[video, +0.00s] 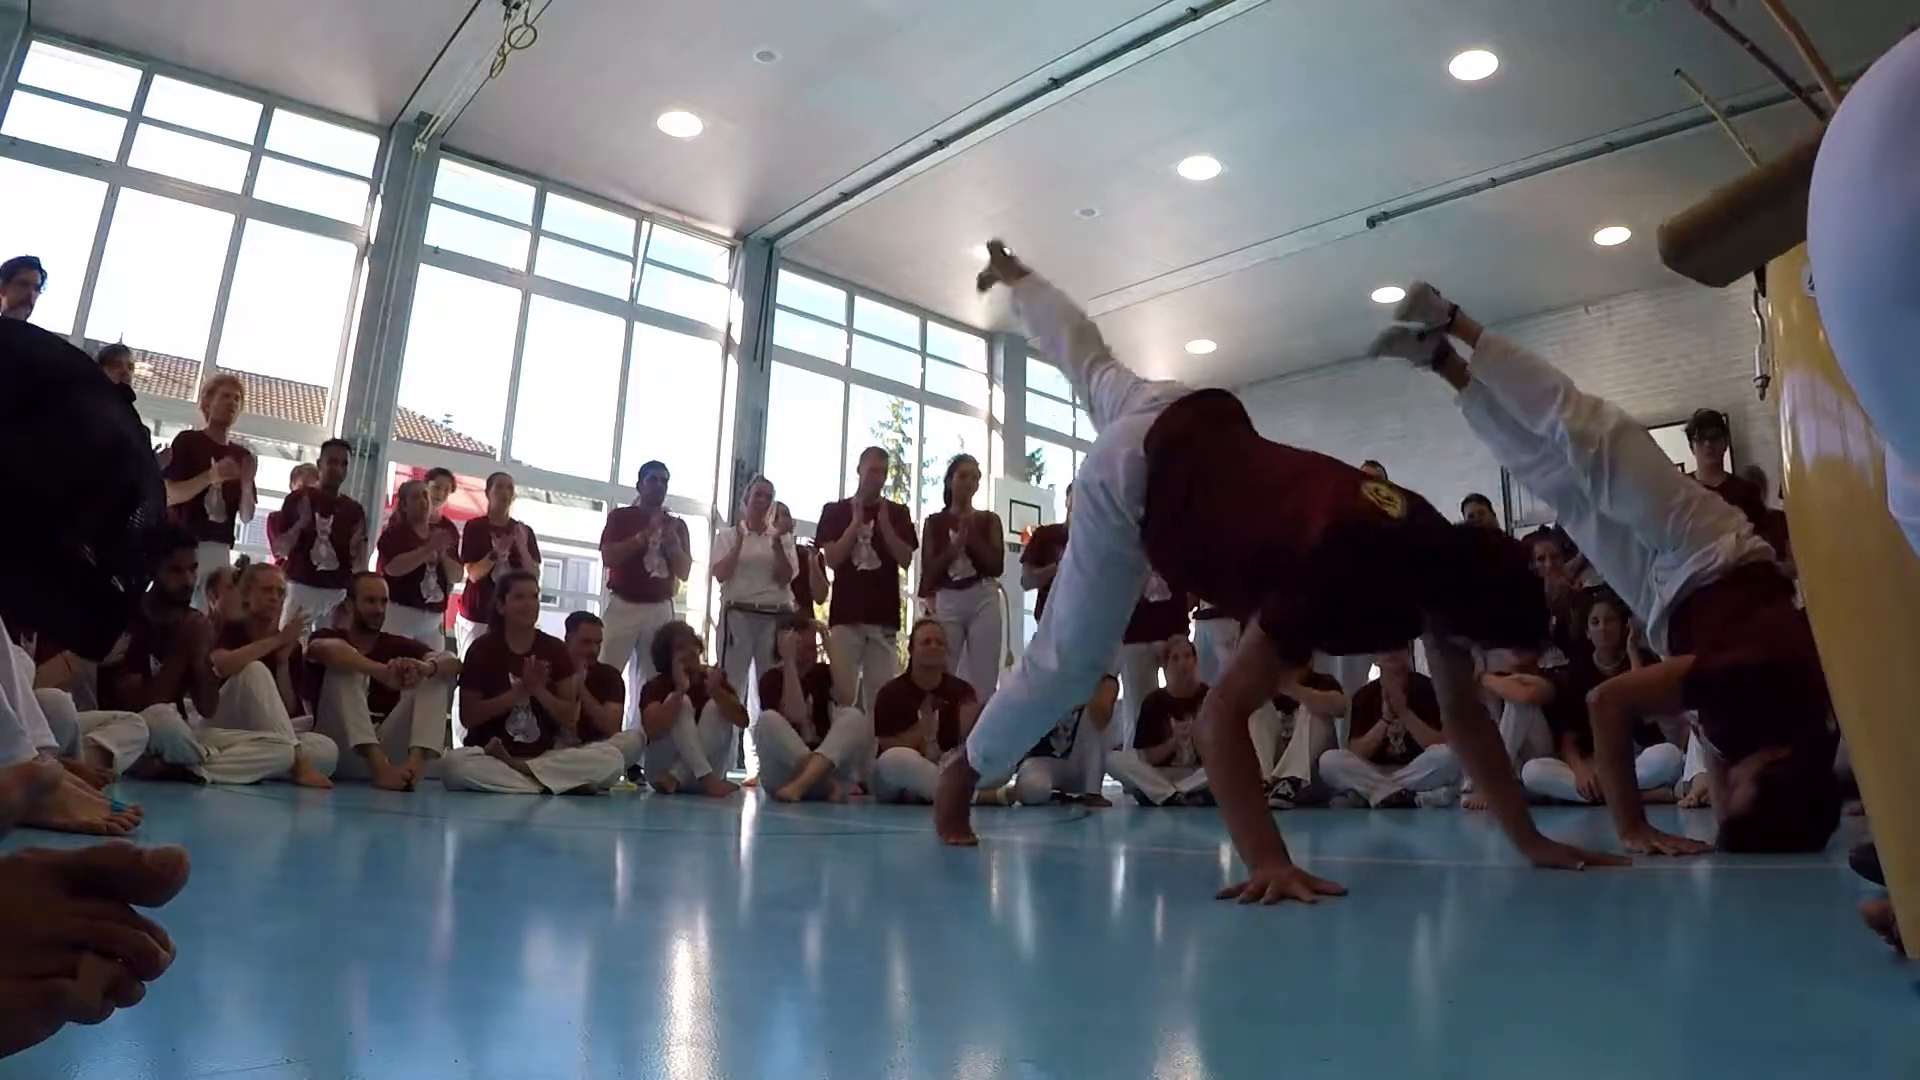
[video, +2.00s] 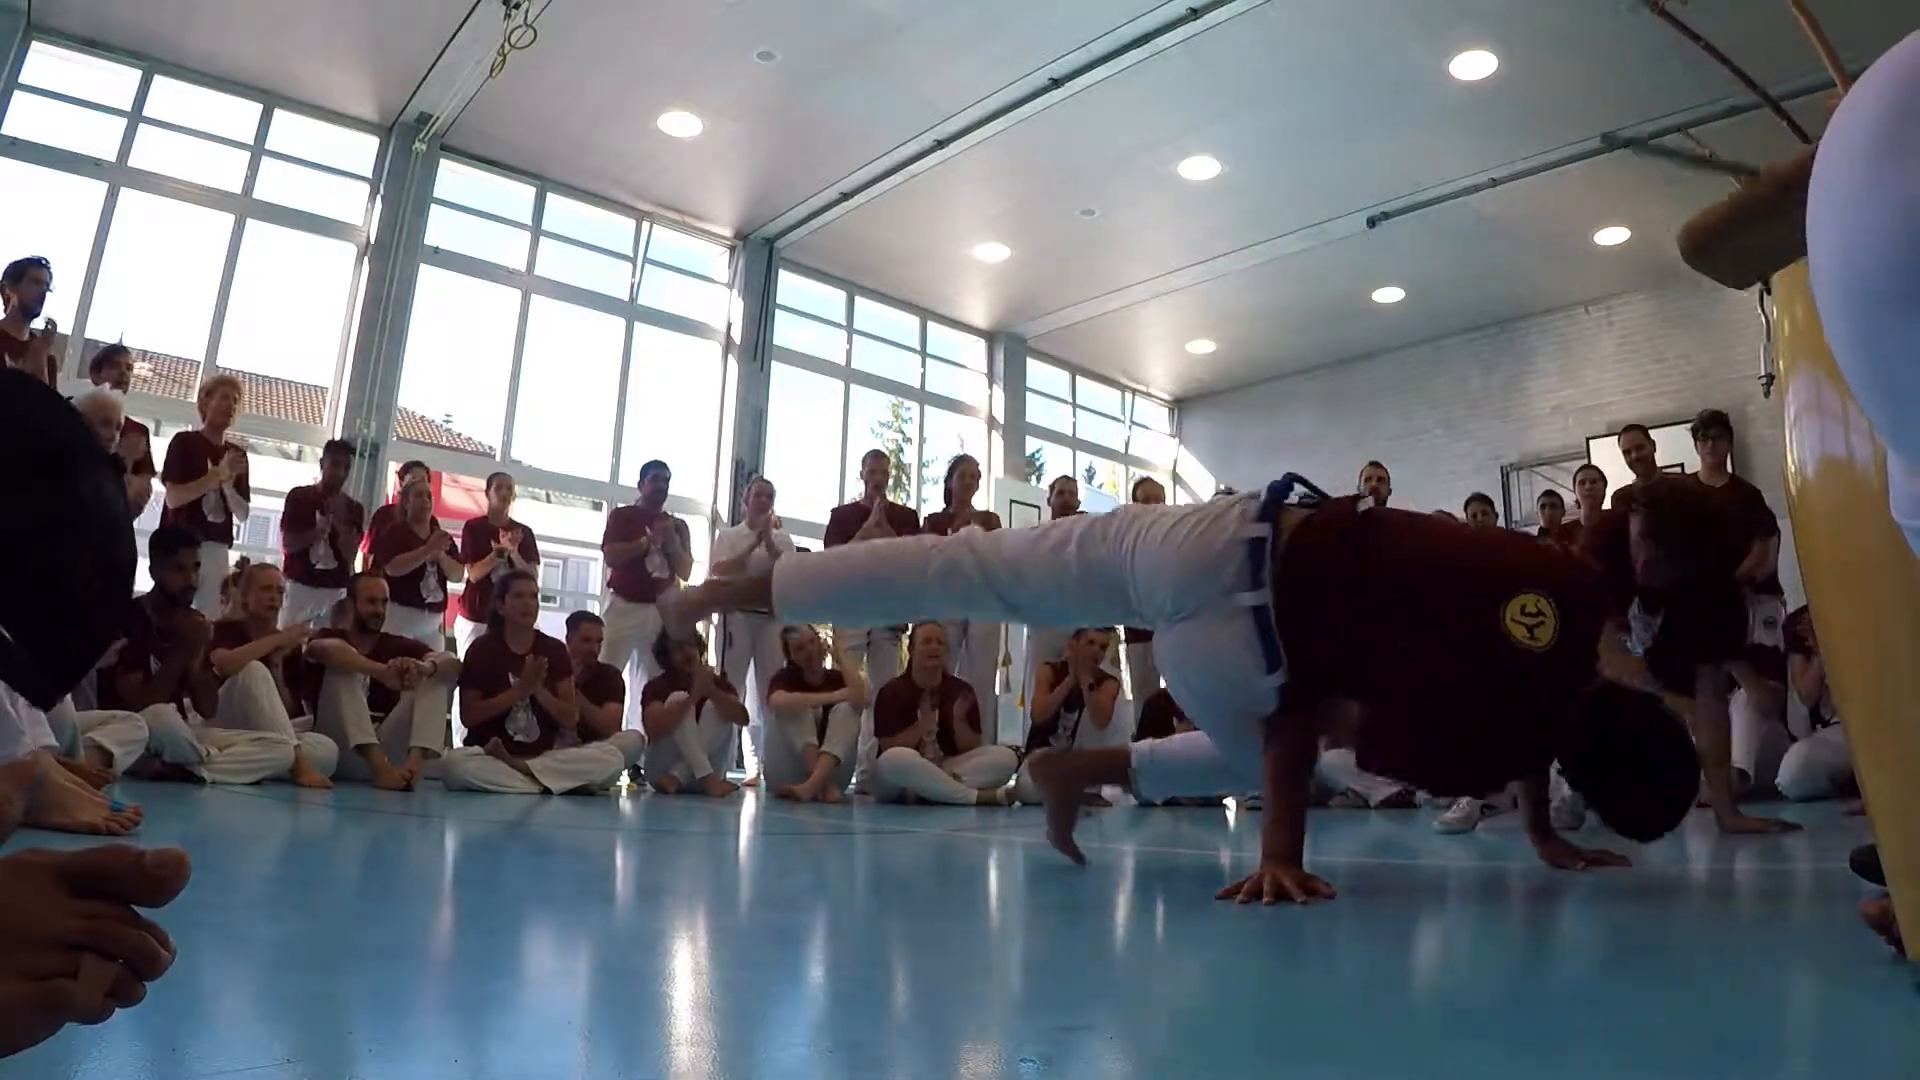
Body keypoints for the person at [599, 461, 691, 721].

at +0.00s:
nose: (659, 485)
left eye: (663, 481)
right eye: (653, 479)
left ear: (668, 487)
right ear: (639, 484)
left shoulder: (676, 525)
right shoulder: (619, 517)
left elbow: (684, 573)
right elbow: (609, 557)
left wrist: (672, 545)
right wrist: (644, 535)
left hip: (660, 609)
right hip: (622, 607)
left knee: (653, 684)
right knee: (606, 679)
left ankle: (646, 747)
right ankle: (599, 744)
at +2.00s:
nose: (661, 485)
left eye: (665, 480)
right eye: (655, 479)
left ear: (669, 487)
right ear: (640, 484)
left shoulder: (677, 525)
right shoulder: (621, 515)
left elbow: (685, 572)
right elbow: (611, 556)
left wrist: (671, 544)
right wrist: (648, 543)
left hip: (660, 609)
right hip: (622, 607)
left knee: (654, 686)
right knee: (606, 680)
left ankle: (649, 750)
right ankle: (599, 746)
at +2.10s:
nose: (661, 485)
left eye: (665, 481)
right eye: (655, 479)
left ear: (669, 487)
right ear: (641, 484)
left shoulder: (678, 525)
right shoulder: (621, 516)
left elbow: (685, 574)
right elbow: (611, 557)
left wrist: (672, 545)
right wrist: (647, 542)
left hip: (660, 610)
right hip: (622, 608)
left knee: (657, 687)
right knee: (605, 681)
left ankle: (653, 753)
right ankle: (598, 748)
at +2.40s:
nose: (663, 485)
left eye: (668, 481)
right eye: (657, 479)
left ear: (671, 488)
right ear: (642, 484)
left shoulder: (678, 525)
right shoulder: (621, 516)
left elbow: (685, 572)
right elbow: (612, 556)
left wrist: (672, 544)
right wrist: (649, 541)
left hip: (660, 610)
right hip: (622, 608)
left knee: (656, 686)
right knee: (606, 681)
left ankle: (652, 748)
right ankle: (599, 746)